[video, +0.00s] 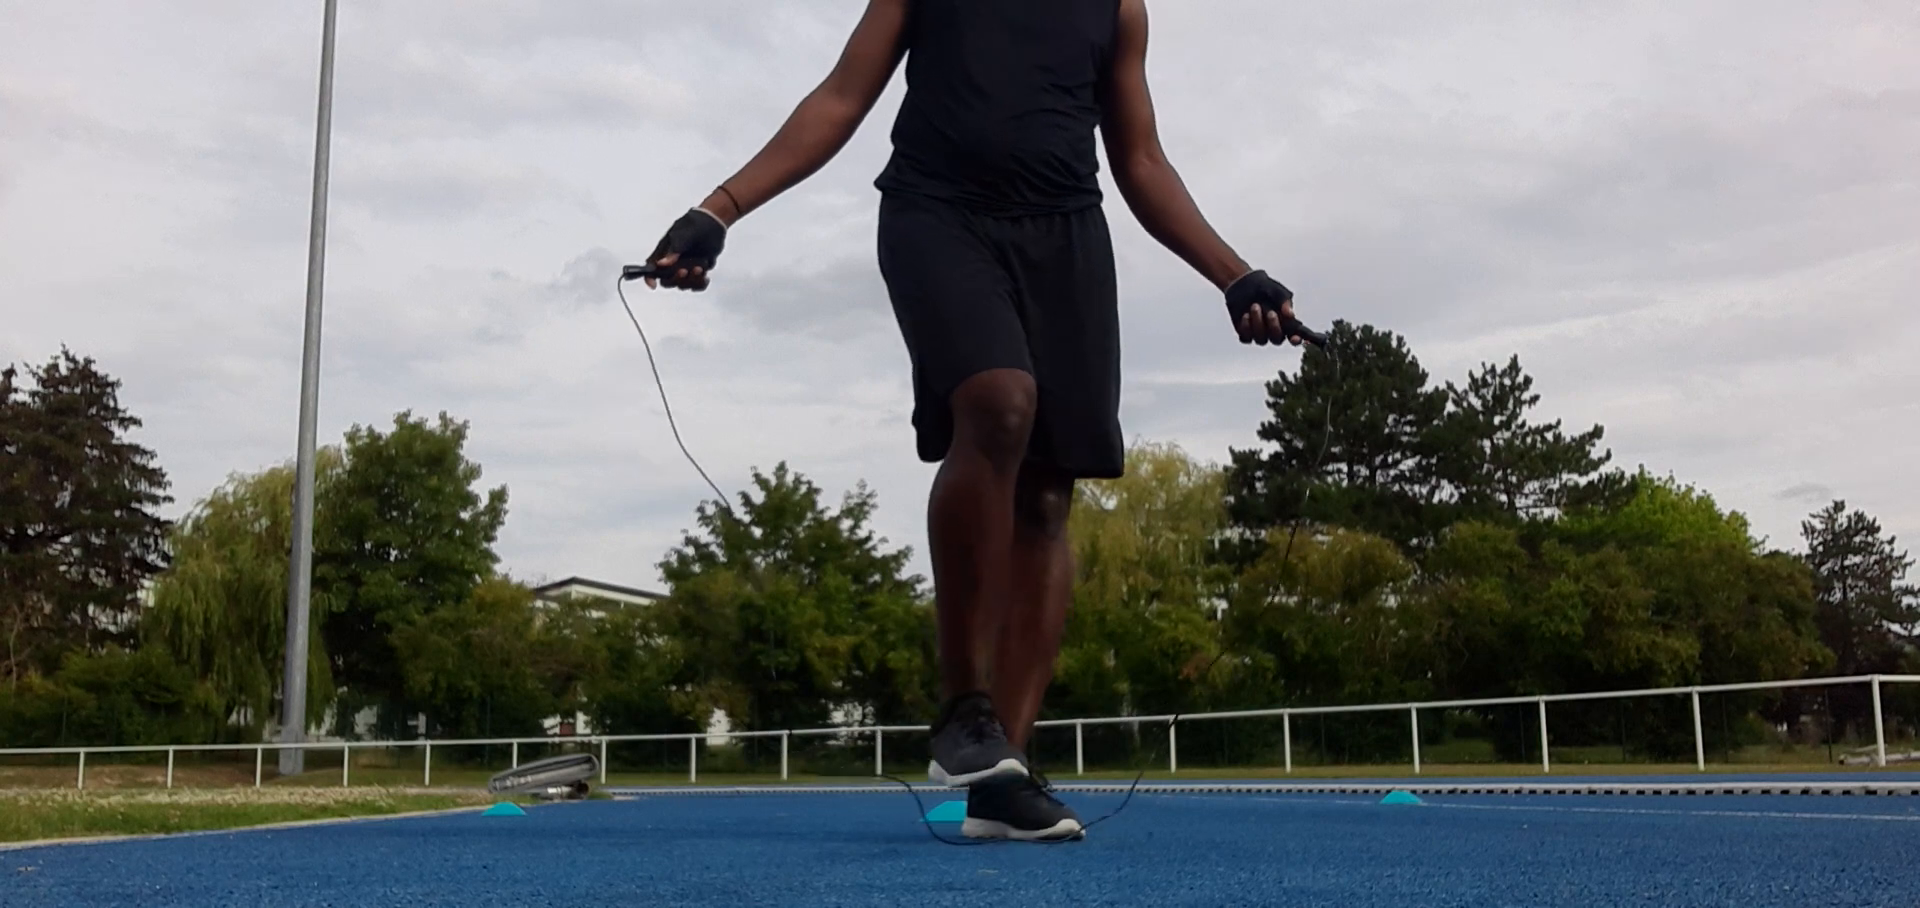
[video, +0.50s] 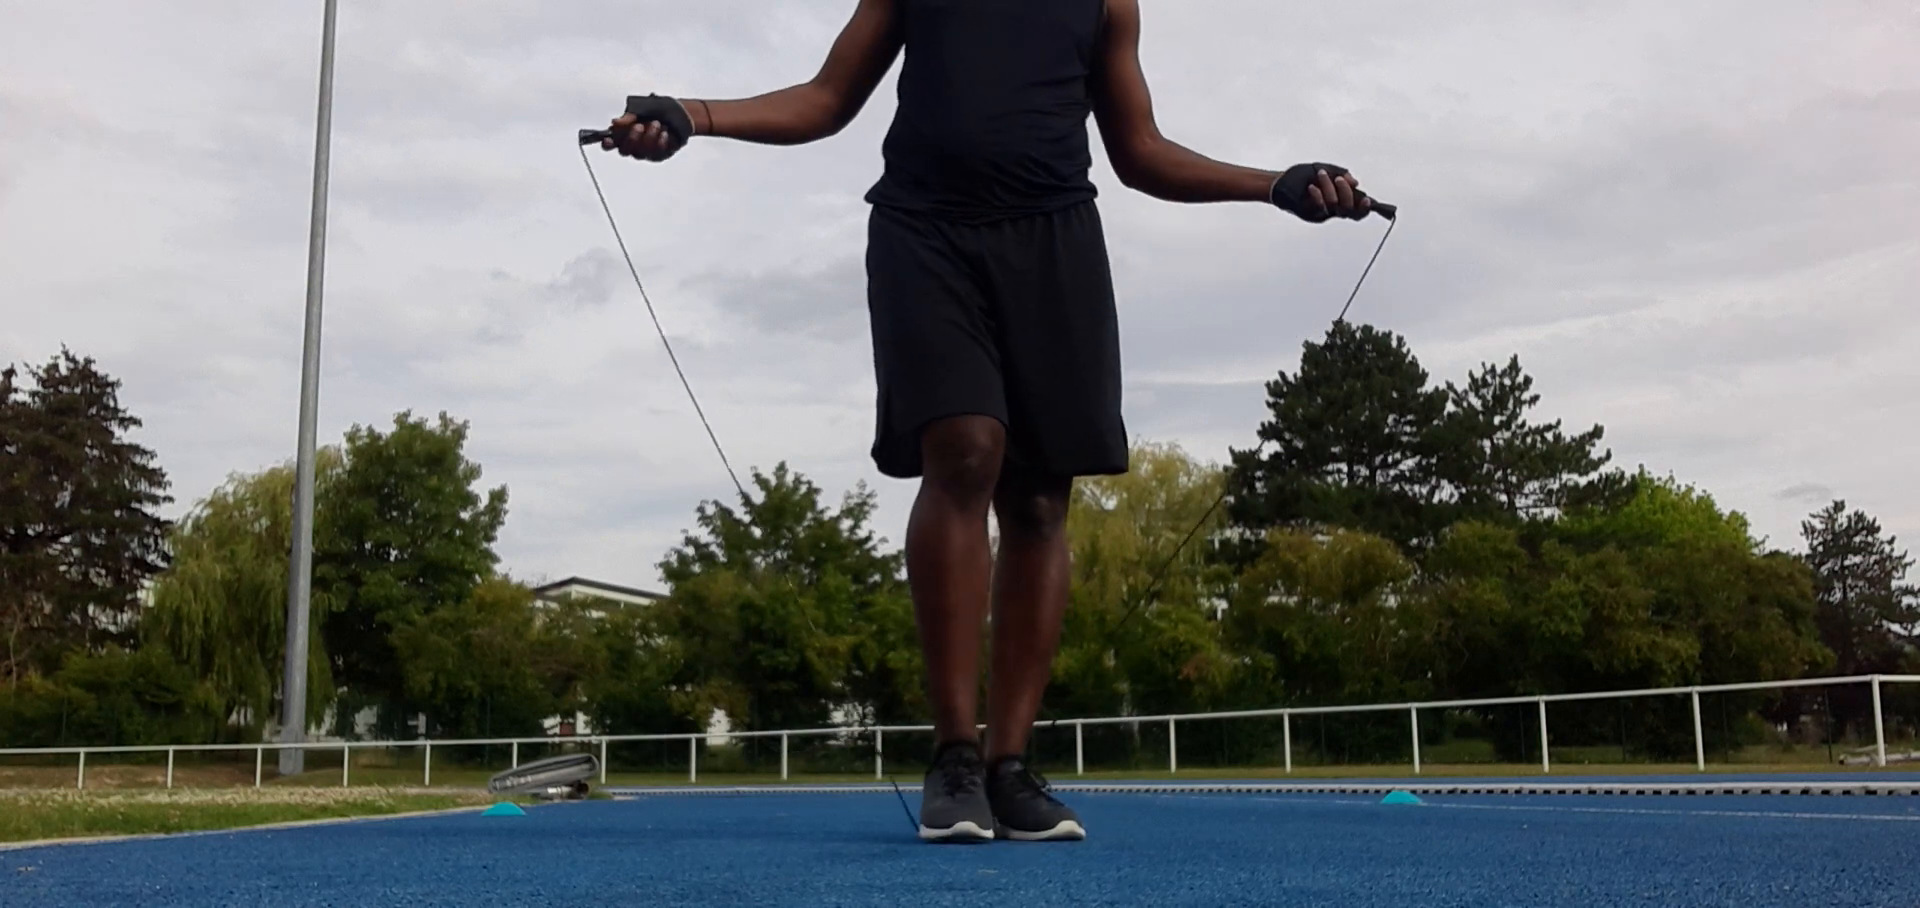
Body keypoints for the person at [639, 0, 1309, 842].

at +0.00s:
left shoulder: (1116, 8)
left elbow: (1140, 159)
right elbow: (840, 97)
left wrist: (1236, 274)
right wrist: (718, 206)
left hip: (1063, 230)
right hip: (938, 214)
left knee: (1045, 495)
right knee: (1000, 405)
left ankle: (1006, 765)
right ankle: (965, 708)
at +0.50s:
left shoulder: (1106, 13)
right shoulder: (907, 7)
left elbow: (1141, 153)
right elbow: (823, 101)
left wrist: (1279, 183)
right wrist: (690, 115)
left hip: (1053, 235)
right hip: (926, 228)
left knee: (1037, 495)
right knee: (963, 453)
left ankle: (1010, 769)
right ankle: (955, 761)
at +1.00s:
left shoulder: (1077, 12)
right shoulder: (871, 8)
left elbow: (1119, 134)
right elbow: (802, 98)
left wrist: (1248, 202)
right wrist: (667, 169)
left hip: (1026, 234)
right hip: (891, 229)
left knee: (1021, 500)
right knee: (896, 455)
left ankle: (1003, 774)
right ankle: (888, 759)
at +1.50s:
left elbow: (1046, 97)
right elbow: (736, 100)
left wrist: (1181, 211)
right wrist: (624, 220)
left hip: (979, 216)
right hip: (838, 219)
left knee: (1000, 450)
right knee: (843, 486)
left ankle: (999, 721)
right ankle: (871, 771)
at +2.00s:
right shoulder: (764, 0)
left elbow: (1034, 88)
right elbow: (721, 91)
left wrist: (1175, 195)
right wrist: (601, 200)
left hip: (973, 200)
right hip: (828, 206)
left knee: (1000, 417)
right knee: (836, 486)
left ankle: (986, 744)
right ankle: (870, 775)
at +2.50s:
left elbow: (1107, 79)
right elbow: (770, 44)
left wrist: (1259, 157)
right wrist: (613, 108)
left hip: (1021, 188)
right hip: (873, 187)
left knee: (1025, 468)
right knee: (884, 466)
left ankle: (1011, 769)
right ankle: (877, 762)